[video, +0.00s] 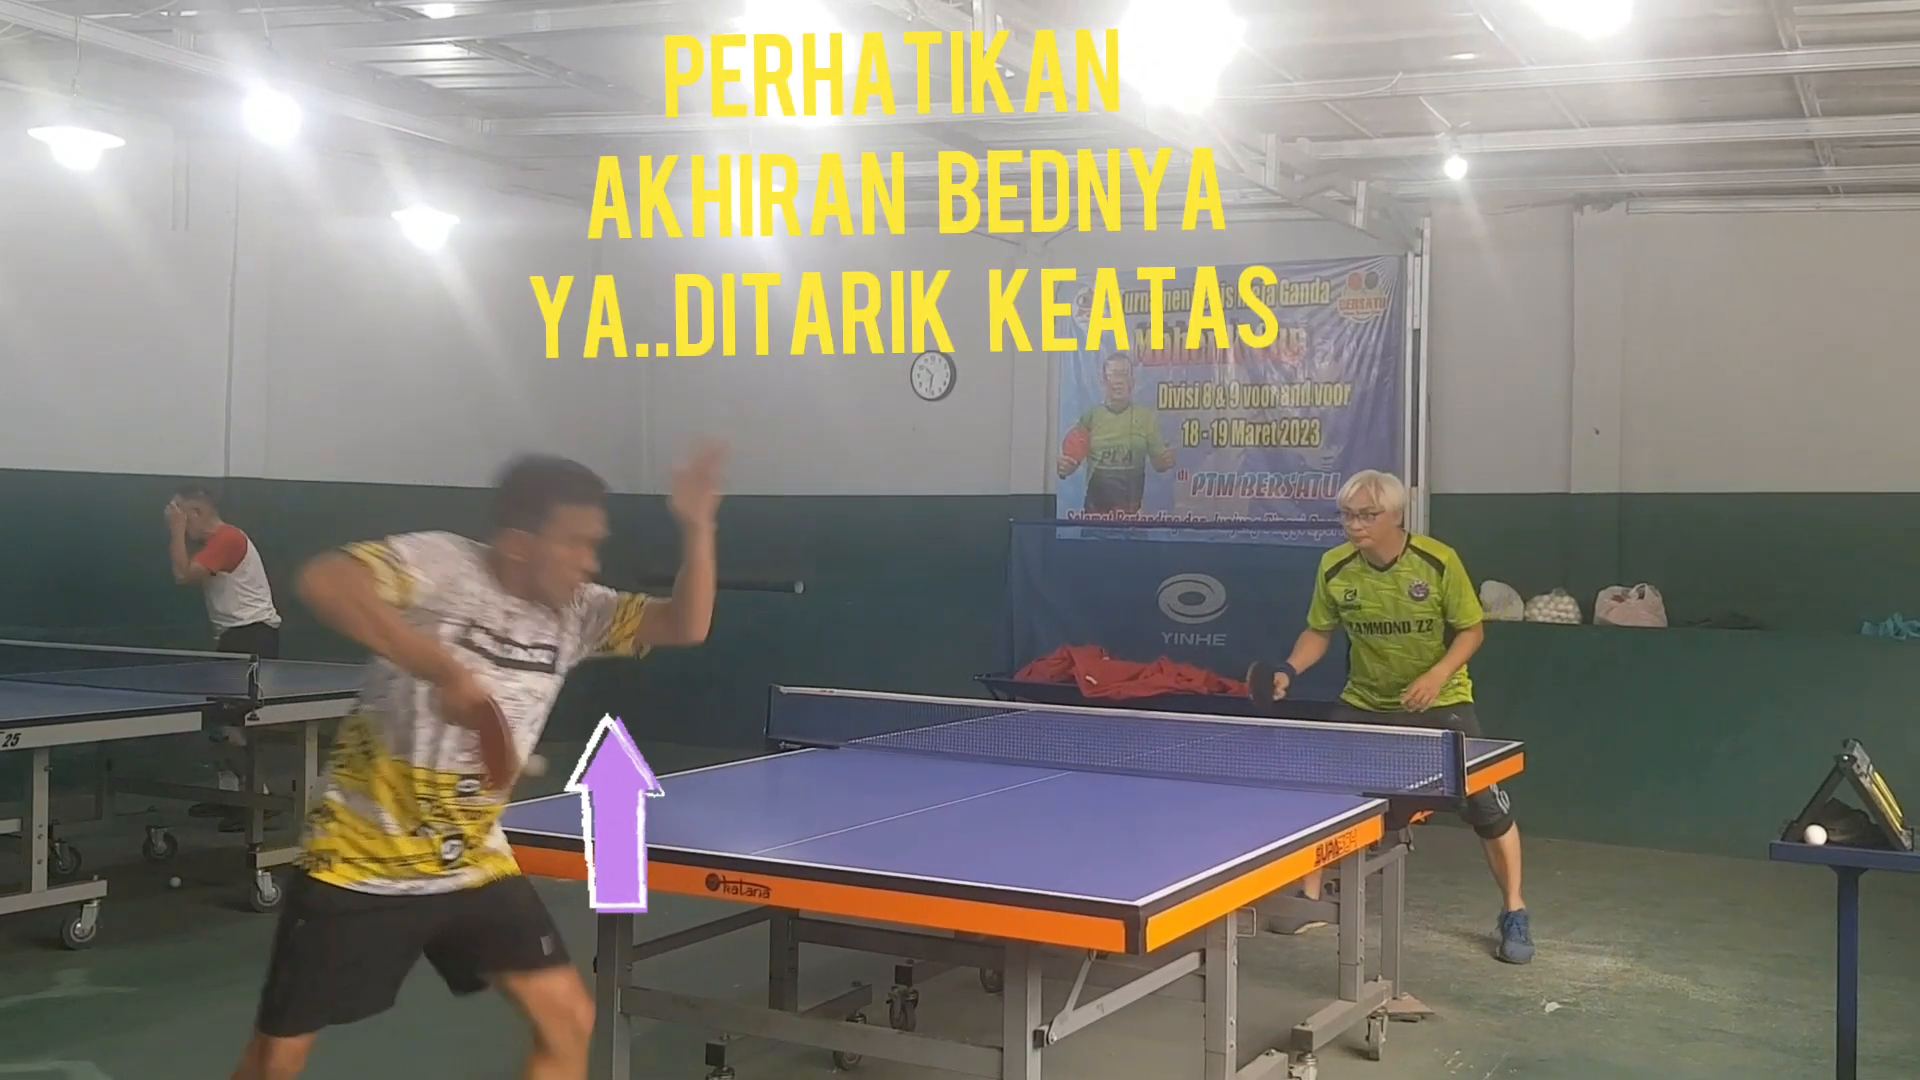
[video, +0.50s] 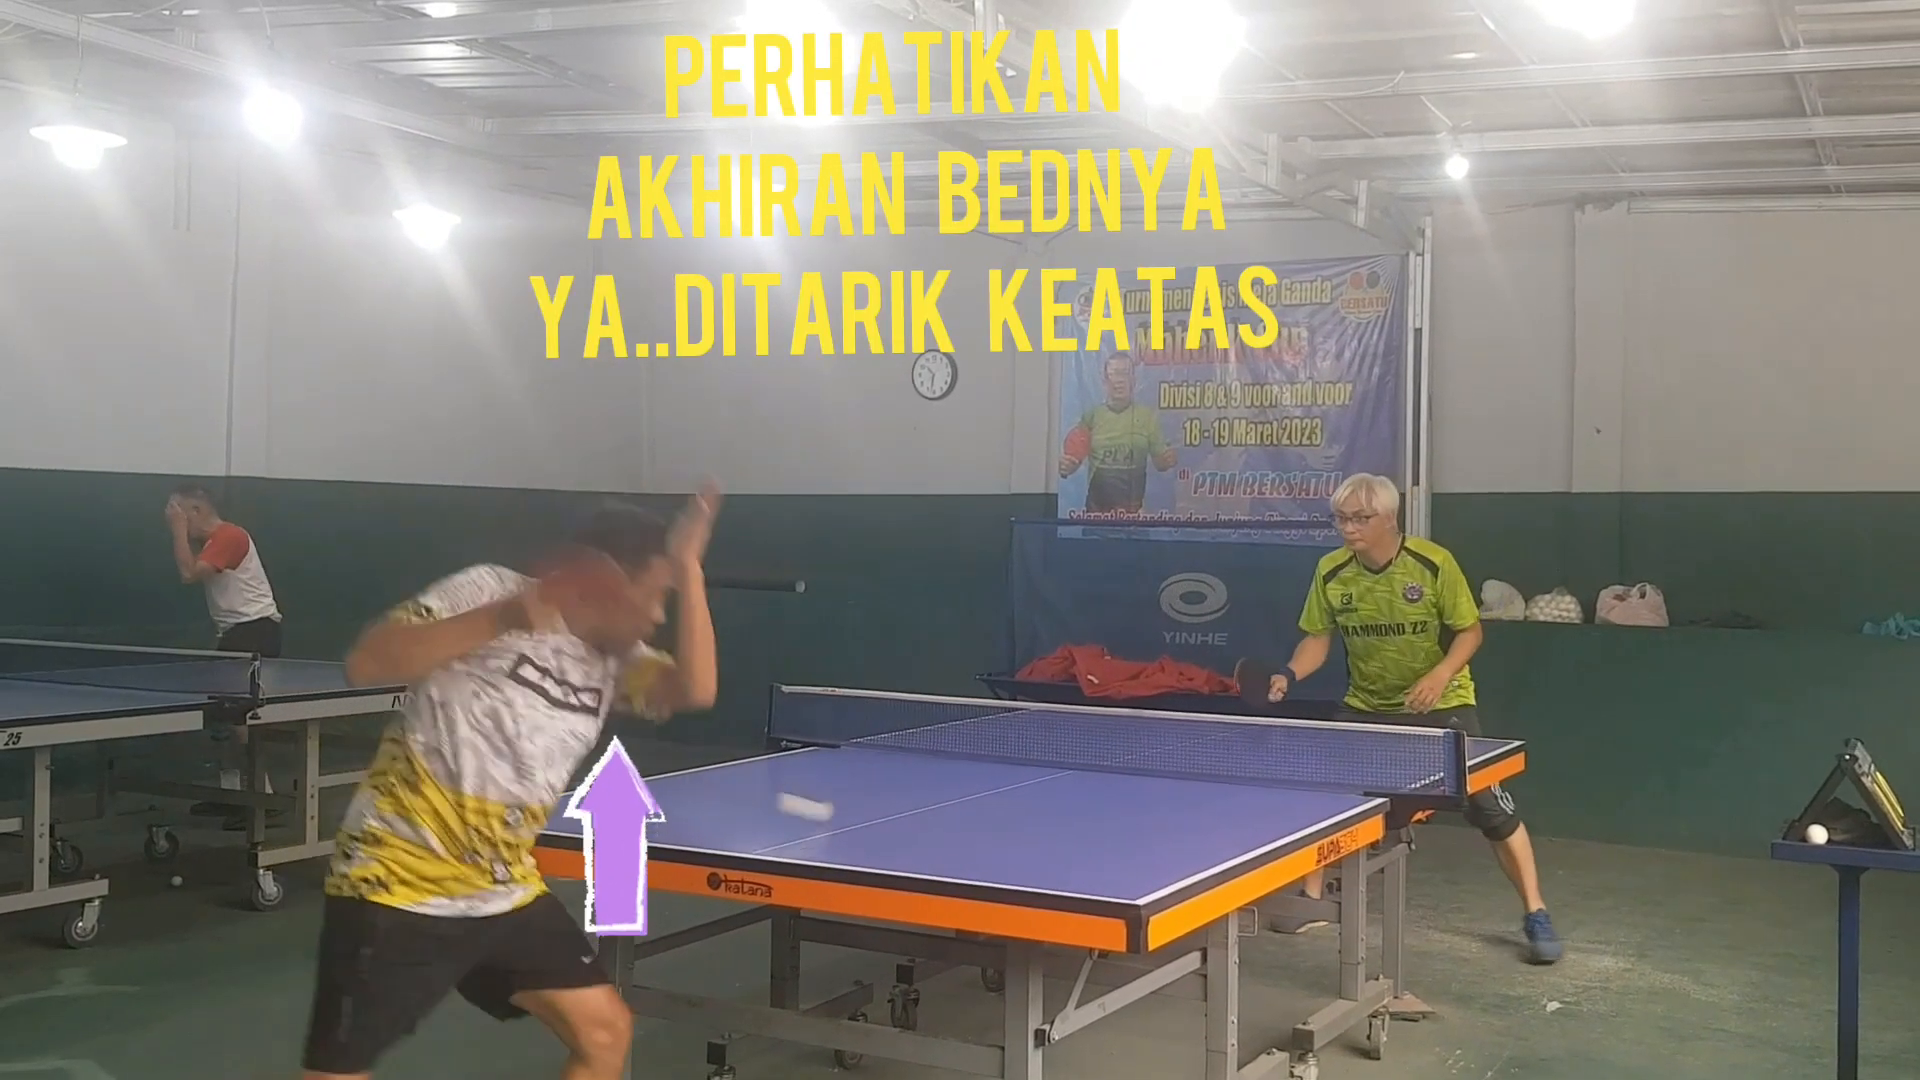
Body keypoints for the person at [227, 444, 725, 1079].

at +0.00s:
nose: (592, 563)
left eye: (596, 547)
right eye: (579, 545)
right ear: (518, 543)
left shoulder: (578, 612)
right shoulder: (442, 563)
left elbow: (685, 623)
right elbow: (325, 580)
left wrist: (698, 527)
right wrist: (444, 671)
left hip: (471, 855)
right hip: (358, 854)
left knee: (569, 1020)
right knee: (275, 1057)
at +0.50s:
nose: (659, 617)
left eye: (666, 600)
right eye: (654, 595)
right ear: (602, 575)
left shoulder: (612, 661)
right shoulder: (490, 591)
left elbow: (696, 690)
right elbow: (366, 662)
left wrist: (687, 566)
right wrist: (502, 616)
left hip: (502, 889)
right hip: (394, 883)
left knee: (606, 1031)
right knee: (333, 1068)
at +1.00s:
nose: (693, 641)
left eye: (698, 626)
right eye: (692, 621)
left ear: (646, 614)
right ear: (648, 612)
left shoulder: (632, 687)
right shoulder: (517, 615)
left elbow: (715, 746)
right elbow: (385, 695)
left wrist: (730, 635)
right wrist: (466, 613)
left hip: (510, 897)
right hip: (411, 886)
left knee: (618, 1035)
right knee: (383, 1072)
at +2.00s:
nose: (682, 622)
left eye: (684, 607)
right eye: (680, 604)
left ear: (638, 600)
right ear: (641, 598)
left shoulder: (621, 680)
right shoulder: (503, 615)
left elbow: (694, 760)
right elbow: (404, 716)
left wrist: (738, 696)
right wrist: (518, 689)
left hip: (498, 891)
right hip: (404, 879)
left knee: (607, 1026)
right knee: (407, 1070)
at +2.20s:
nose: (671, 616)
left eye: (674, 600)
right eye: (670, 598)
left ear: (626, 592)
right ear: (631, 591)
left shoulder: (607, 672)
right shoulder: (495, 613)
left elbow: (679, 758)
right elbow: (406, 717)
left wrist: (726, 702)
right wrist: (533, 695)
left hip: (490, 887)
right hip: (398, 878)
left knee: (600, 1027)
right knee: (402, 1075)